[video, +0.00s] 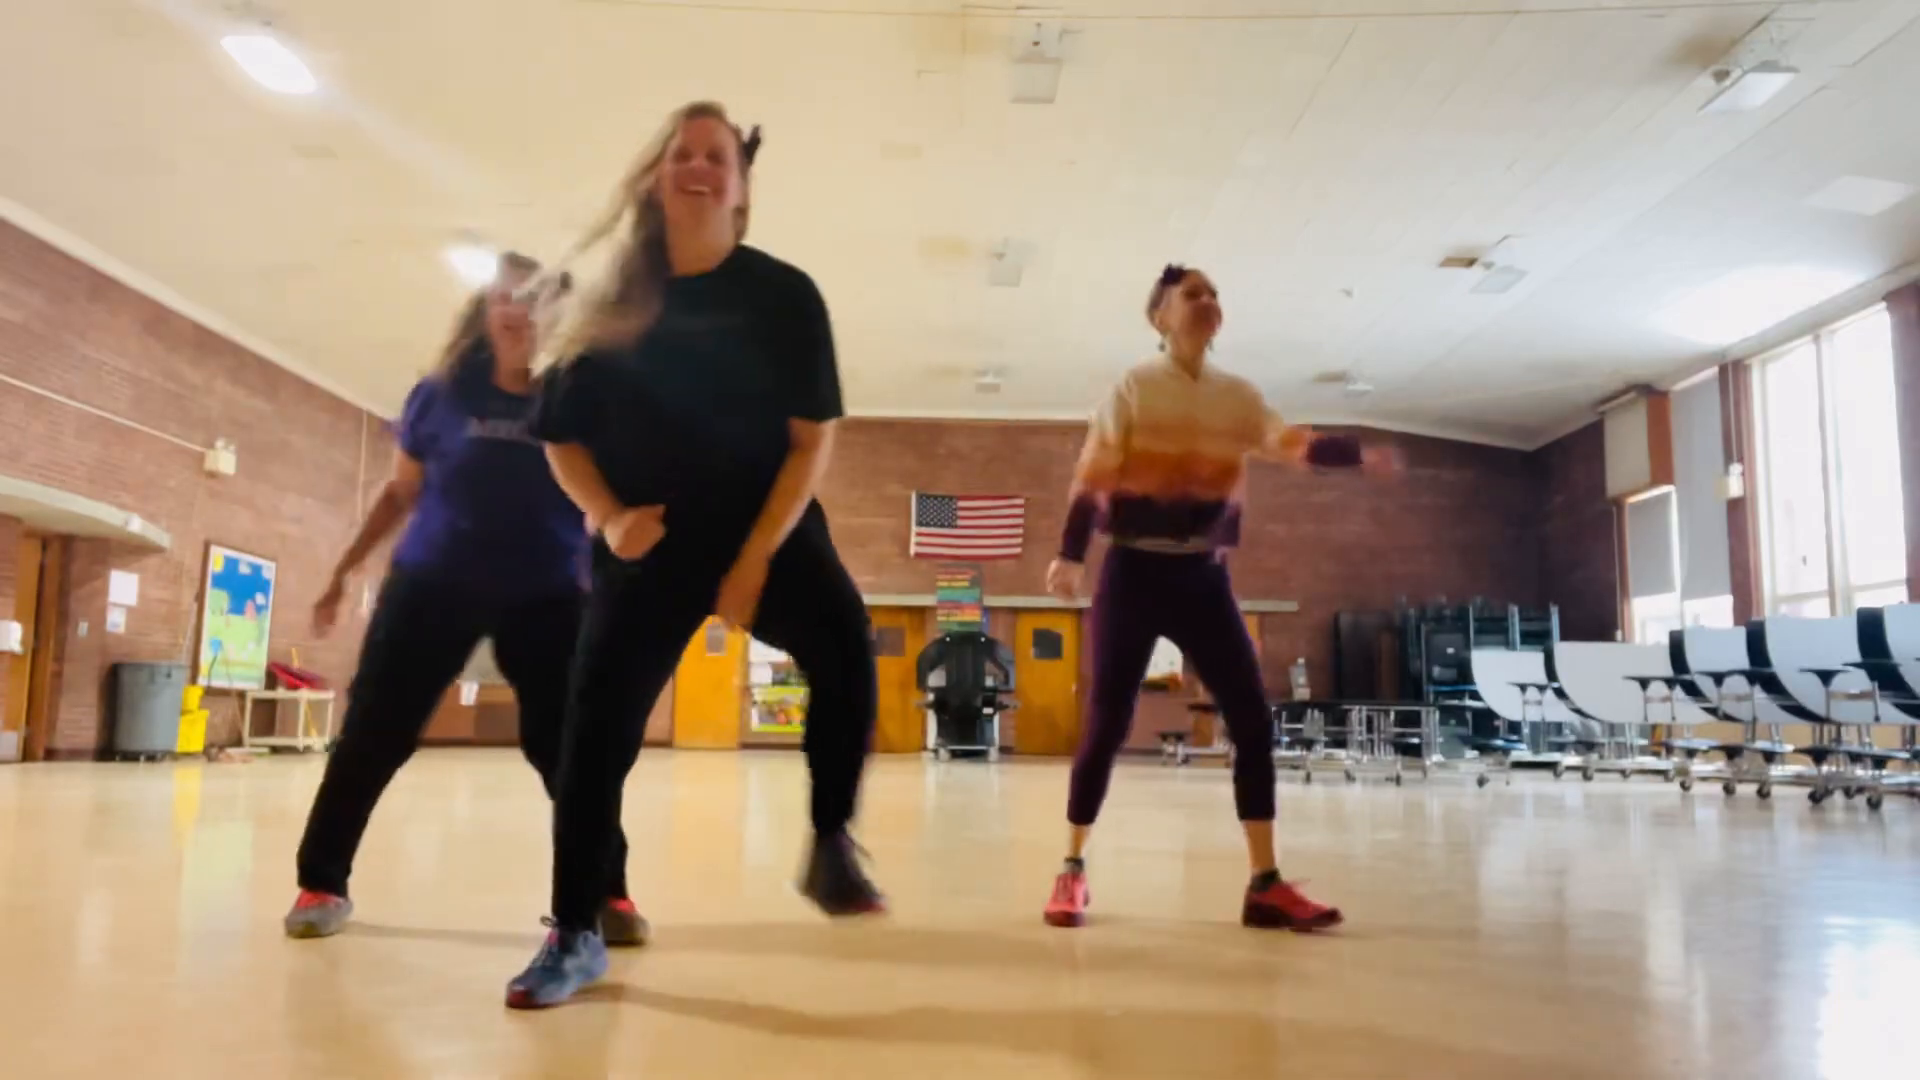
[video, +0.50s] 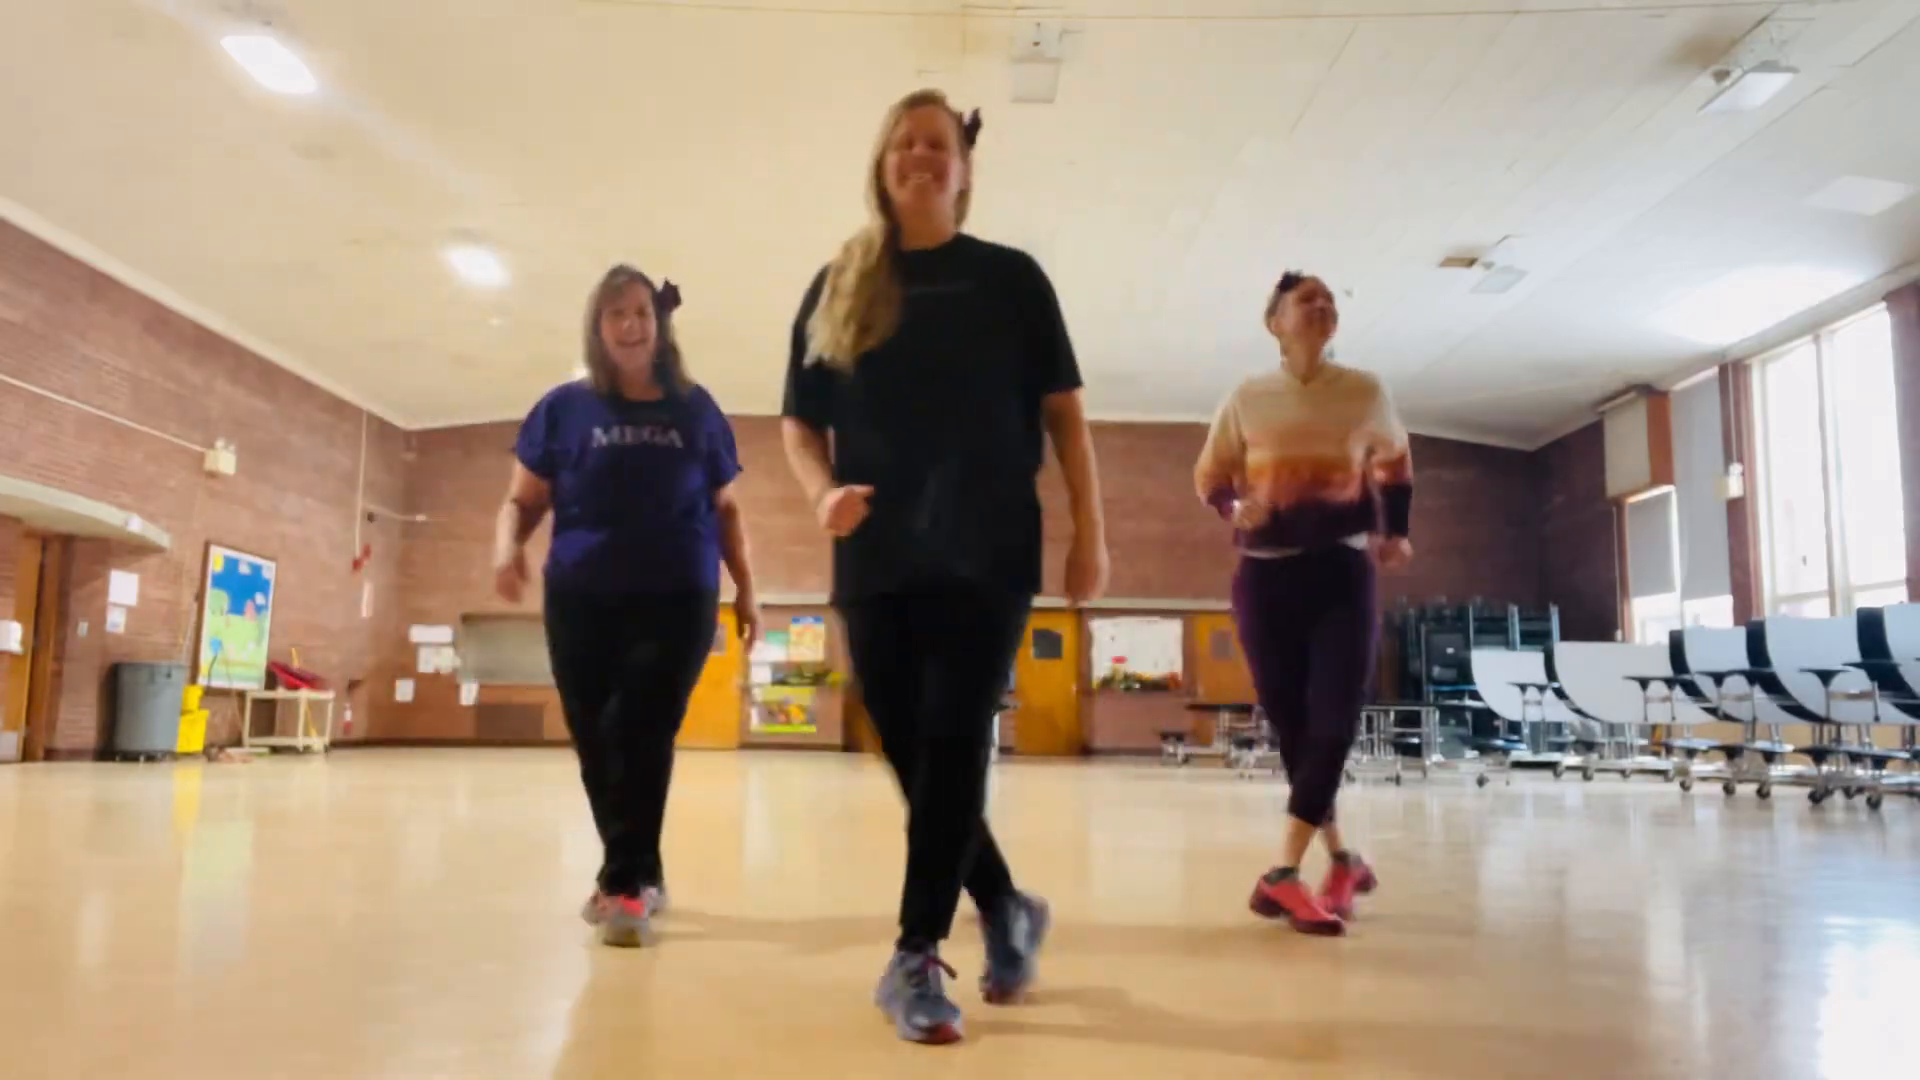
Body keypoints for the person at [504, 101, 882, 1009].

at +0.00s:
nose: (696, 165)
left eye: (715, 155)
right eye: (682, 154)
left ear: (743, 184)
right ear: (654, 181)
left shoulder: (786, 295)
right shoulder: (610, 299)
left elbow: (811, 445)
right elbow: (559, 425)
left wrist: (756, 559)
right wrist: (608, 516)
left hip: (766, 528)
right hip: (650, 535)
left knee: (845, 655)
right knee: (596, 732)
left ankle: (831, 847)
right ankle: (574, 933)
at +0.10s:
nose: (747, 159)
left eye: (765, 150)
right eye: (731, 148)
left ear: (792, 180)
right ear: (699, 176)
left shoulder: (834, 288)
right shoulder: (660, 291)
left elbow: (870, 431)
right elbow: (603, 417)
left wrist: (818, 552)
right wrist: (622, 518)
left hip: (814, 549)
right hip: (693, 552)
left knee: (862, 759)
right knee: (629, 744)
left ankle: (898, 962)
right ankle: (576, 934)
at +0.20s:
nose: (798, 153)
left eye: (817, 142)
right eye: (782, 142)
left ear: (847, 169)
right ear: (756, 169)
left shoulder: (891, 275)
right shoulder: (727, 291)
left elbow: (940, 412)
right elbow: (661, 399)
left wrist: (901, 541)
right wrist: (671, 495)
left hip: (875, 543)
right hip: (759, 540)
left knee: (897, 755)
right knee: (663, 721)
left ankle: (902, 963)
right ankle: (611, 915)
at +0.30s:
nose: (849, 150)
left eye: (867, 140)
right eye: (834, 139)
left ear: (895, 169)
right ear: (806, 167)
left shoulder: (941, 277)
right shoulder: (772, 288)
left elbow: (991, 414)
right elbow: (721, 415)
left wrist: (995, 542)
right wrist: (729, 502)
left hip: (919, 549)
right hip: (806, 546)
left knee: (915, 757)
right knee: (702, 708)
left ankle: (903, 962)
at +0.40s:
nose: (886, 150)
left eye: (905, 140)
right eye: (872, 138)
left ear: (935, 165)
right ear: (848, 160)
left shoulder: (983, 277)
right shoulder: (810, 283)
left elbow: (1035, 413)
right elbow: (766, 417)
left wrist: (1056, 537)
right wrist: (783, 493)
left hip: (956, 549)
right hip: (844, 547)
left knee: (928, 754)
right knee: (792, 731)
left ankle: (904, 963)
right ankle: (919, 818)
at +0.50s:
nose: (920, 154)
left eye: (937, 143)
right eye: (905, 142)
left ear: (967, 166)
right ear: (880, 164)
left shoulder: (1015, 278)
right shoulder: (840, 285)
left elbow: (1065, 411)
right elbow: (802, 419)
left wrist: (1087, 528)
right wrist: (822, 488)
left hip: (986, 548)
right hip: (875, 551)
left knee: (953, 748)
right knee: (910, 752)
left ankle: (917, 959)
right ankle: (1007, 908)